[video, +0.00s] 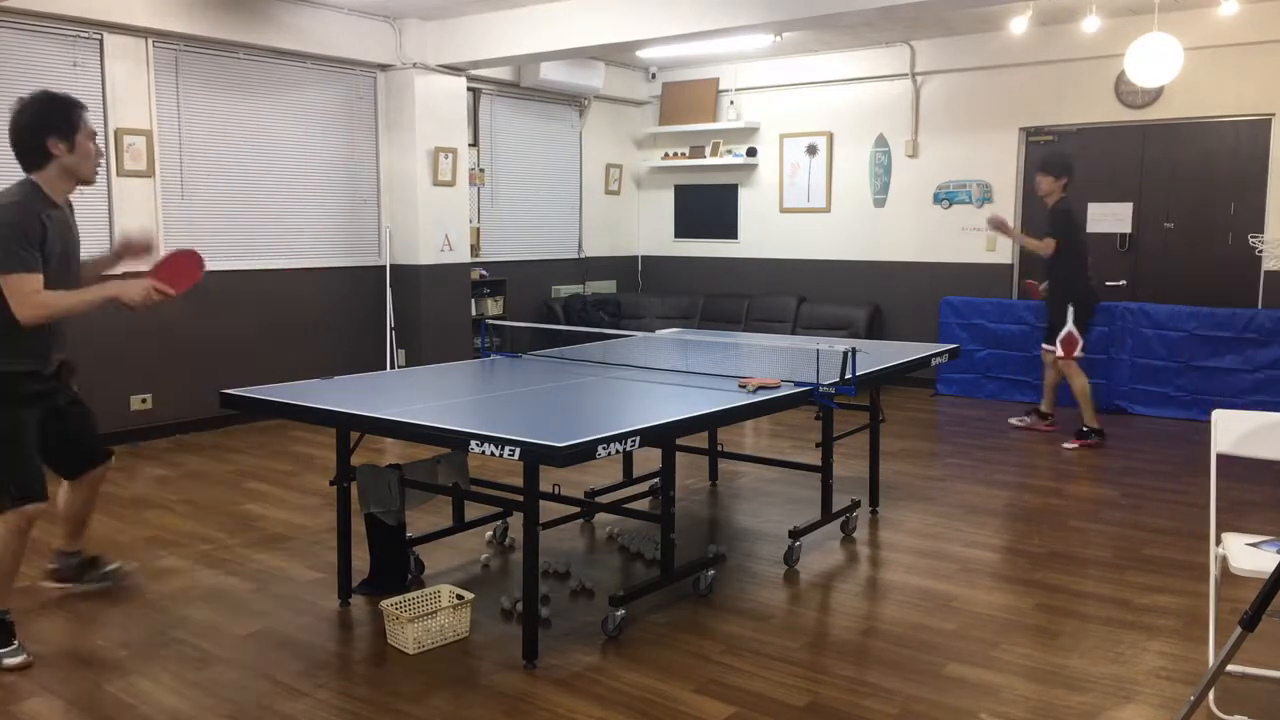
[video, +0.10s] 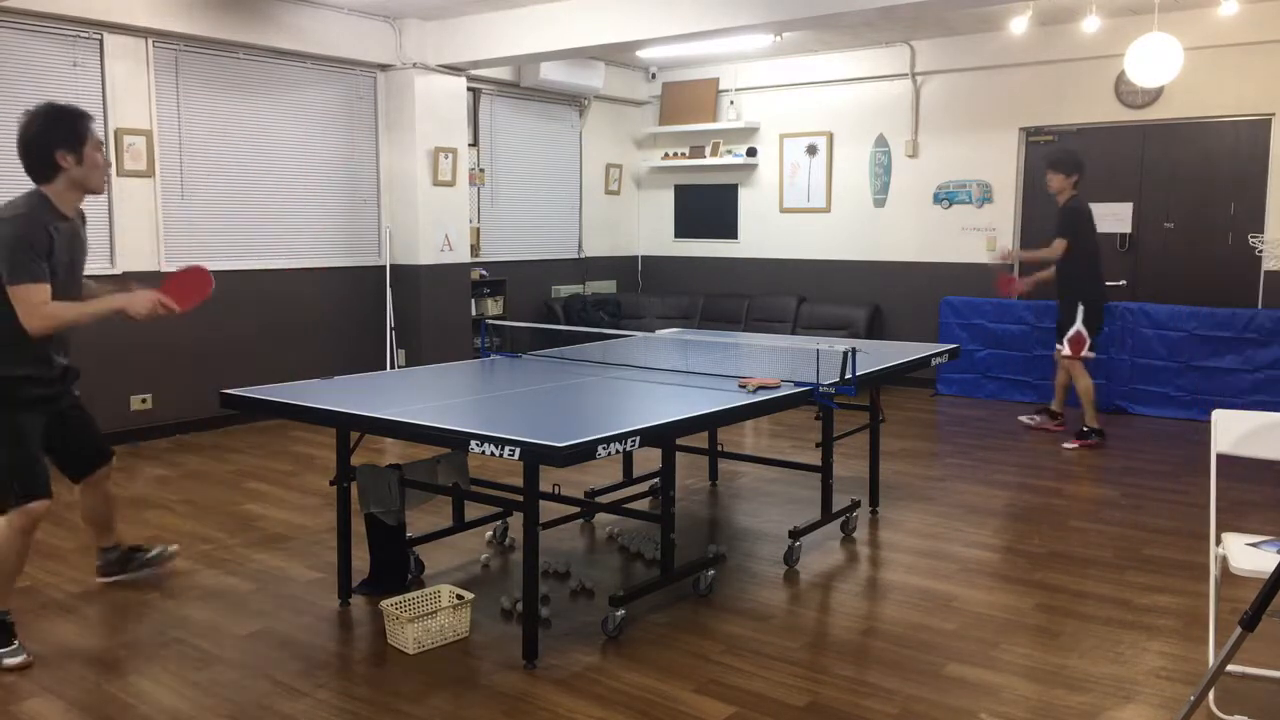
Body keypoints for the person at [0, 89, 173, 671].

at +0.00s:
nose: (98, 148)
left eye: (94, 137)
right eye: (88, 139)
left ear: (61, 147)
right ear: (55, 148)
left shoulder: (59, 208)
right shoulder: (18, 211)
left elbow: (59, 283)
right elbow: (27, 306)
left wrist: (112, 259)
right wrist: (116, 288)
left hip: (46, 376)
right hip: (11, 383)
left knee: (89, 462)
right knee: (21, 502)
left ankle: (69, 558)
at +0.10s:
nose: (105, 159)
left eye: (101, 148)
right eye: (95, 151)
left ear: (69, 161)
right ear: (64, 161)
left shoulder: (71, 220)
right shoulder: (22, 224)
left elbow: (65, 295)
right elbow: (35, 317)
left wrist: (127, 298)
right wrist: (121, 301)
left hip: (50, 382)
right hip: (9, 389)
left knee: (95, 465)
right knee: (27, 502)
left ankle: (111, 553)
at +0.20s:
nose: (117, 170)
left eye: (112, 159)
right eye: (106, 161)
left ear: (82, 174)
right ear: (75, 174)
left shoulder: (87, 227)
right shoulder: (28, 235)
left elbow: (79, 294)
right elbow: (39, 328)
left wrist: (133, 314)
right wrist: (123, 315)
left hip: (58, 384)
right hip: (12, 391)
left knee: (107, 465)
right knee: (33, 499)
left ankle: (125, 555)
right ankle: (2, 617)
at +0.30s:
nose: (130, 175)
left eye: (127, 165)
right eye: (120, 167)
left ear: (94, 180)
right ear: (88, 180)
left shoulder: (107, 230)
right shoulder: (33, 238)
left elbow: (101, 291)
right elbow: (31, 331)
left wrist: (140, 322)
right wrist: (113, 327)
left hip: (71, 378)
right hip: (17, 385)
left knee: (128, 461)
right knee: (29, 493)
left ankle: (130, 555)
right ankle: (2, 617)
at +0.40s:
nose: (139, 178)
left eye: (136, 167)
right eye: (130, 169)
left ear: (100, 178)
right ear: (95, 180)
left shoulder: (120, 227)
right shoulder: (36, 235)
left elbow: (122, 285)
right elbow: (10, 321)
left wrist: (145, 318)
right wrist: (89, 337)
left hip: (79, 373)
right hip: (19, 377)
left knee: (133, 455)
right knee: (20, 487)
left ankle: (130, 554)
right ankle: (2, 611)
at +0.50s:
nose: (143, 181)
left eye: (140, 171)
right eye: (133, 174)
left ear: (103, 183)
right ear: (96, 185)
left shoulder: (127, 231)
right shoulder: (34, 239)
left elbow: (135, 286)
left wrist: (155, 317)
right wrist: (49, 349)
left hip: (81, 372)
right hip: (18, 377)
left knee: (140, 456)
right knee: (21, 487)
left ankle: (131, 554)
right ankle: (2, 608)